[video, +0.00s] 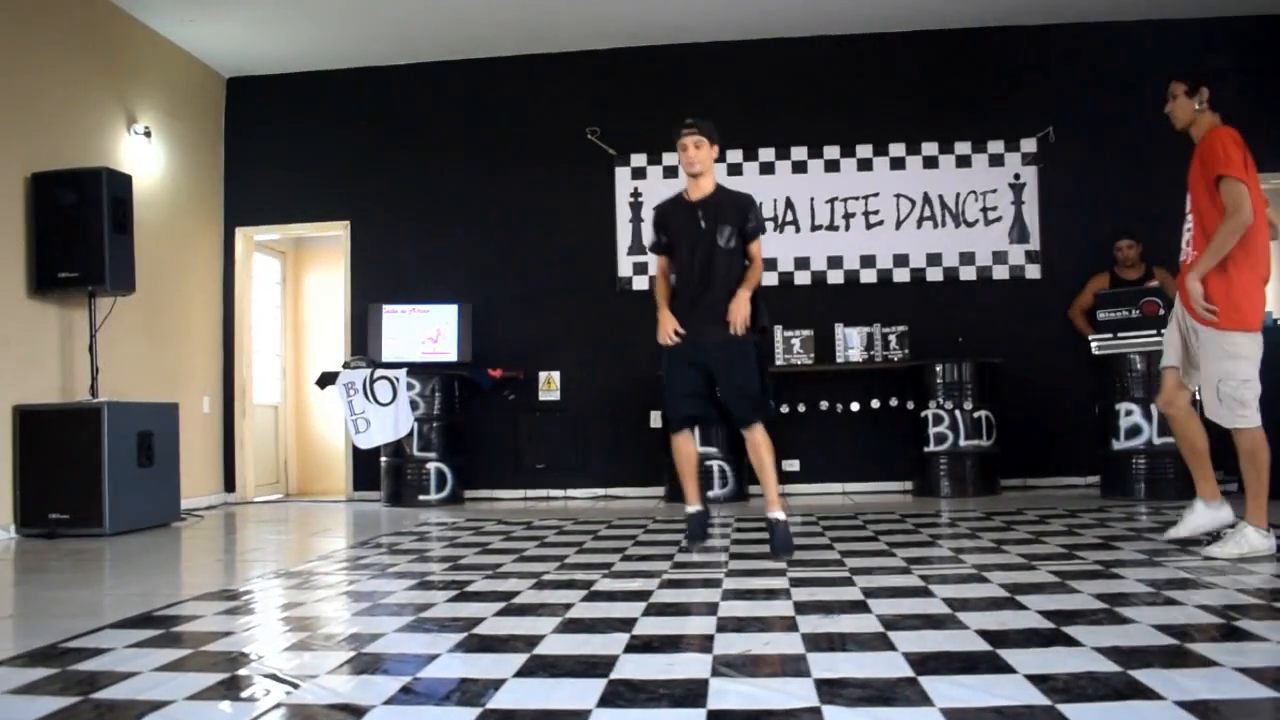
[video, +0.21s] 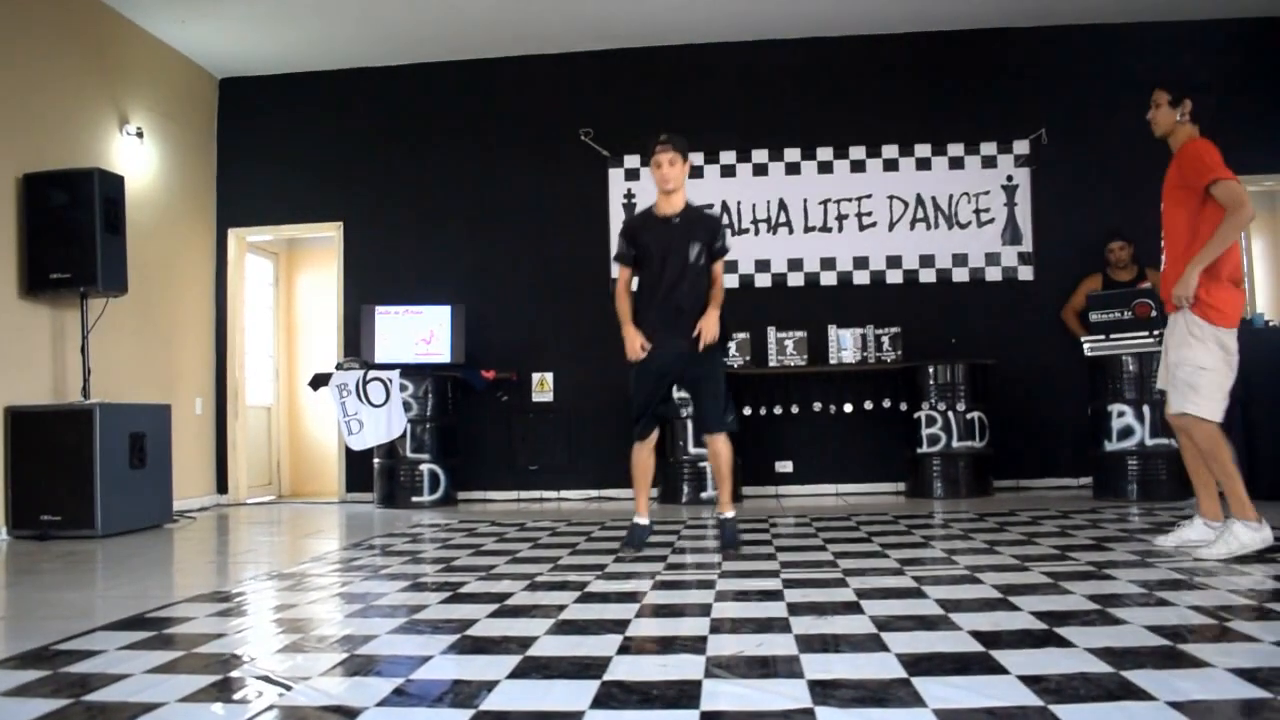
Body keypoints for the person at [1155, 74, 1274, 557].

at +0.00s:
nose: (1167, 107)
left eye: (1173, 98)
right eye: (1167, 99)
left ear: (1201, 98)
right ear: (1196, 101)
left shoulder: (1220, 140)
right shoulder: (1210, 147)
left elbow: (1241, 213)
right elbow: (1254, 221)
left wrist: (1194, 273)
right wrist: (1195, 275)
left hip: (1229, 311)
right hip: (1194, 305)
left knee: (1242, 416)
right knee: (1172, 399)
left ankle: (1257, 528)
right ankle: (1209, 503)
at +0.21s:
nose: (1149, 115)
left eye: (1157, 106)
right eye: (1150, 107)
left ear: (1184, 111)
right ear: (1173, 112)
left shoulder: (1196, 153)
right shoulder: (1181, 158)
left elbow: (1240, 208)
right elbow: (1211, 223)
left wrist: (1192, 268)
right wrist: (1176, 275)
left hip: (1208, 308)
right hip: (1189, 307)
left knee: (1194, 414)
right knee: (1178, 413)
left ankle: (1248, 522)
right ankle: (1209, 519)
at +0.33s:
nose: (1144, 119)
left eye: (1152, 111)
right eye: (1145, 112)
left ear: (1179, 116)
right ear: (1169, 118)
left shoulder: (1196, 154)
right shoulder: (1180, 163)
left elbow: (1251, 205)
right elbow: (1202, 228)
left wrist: (1193, 250)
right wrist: (1166, 269)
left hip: (1200, 296)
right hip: (1199, 298)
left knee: (1139, 392)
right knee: (1180, 411)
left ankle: (1218, 476)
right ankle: (1209, 523)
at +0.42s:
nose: (1143, 124)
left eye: (1151, 115)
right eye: (1143, 117)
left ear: (1179, 119)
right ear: (1163, 124)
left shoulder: (1203, 155)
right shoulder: (1172, 175)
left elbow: (1267, 199)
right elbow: (1197, 241)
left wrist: (1207, 234)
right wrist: (1165, 269)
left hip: (1206, 288)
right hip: (1196, 294)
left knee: (1107, 328)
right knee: (1173, 411)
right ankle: (1211, 523)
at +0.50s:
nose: (1142, 127)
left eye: (1150, 118)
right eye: (1141, 120)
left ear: (1179, 122)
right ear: (1154, 128)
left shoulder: (1208, 159)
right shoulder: (1162, 187)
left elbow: (1271, 194)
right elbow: (1170, 257)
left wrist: (1218, 228)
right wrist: (1093, 288)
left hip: (1209, 286)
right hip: (1185, 301)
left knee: (1113, 250)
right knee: (1170, 414)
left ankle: (1112, 360)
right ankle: (1210, 524)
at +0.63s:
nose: (1141, 136)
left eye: (1148, 127)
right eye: (1140, 129)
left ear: (1178, 130)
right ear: (1157, 136)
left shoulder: (1210, 165)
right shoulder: (1160, 190)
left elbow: (1274, 197)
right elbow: (1173, 258)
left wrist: (1229, 224)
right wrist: (1150, 283)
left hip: (1202, 292)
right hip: (1169, 308)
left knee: (1165, 186)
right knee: (1156, 417)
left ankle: (1058, 245)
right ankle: (1209, 524)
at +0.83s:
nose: (1147, 144)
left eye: (1155, 135)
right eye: (1145, 137)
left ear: (1184, 136)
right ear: (1161, 142)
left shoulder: (1224, 176)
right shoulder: (1165, 197)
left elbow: (1279, 215)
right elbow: (1178, 257)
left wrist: (1240, 238)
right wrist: (1154, 286)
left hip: (1211, 302)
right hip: (1176, 314)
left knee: (1159, 198)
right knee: (1156, 422)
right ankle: (1210, 526)